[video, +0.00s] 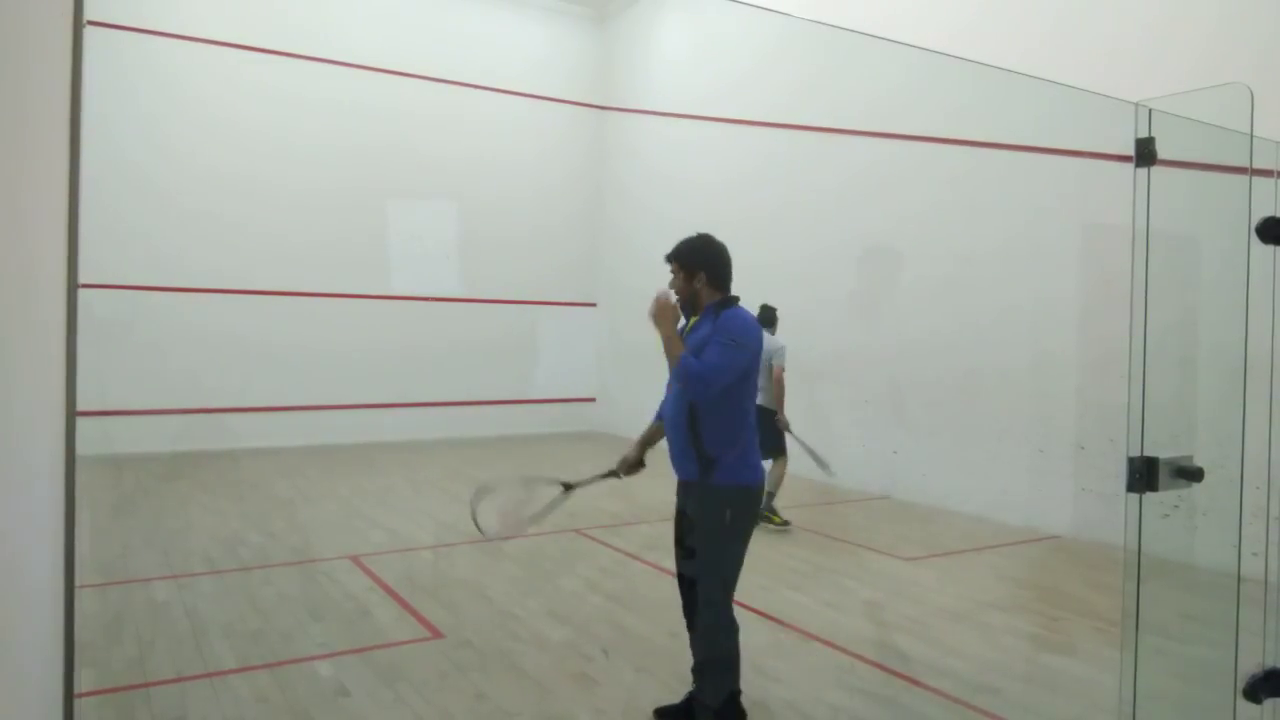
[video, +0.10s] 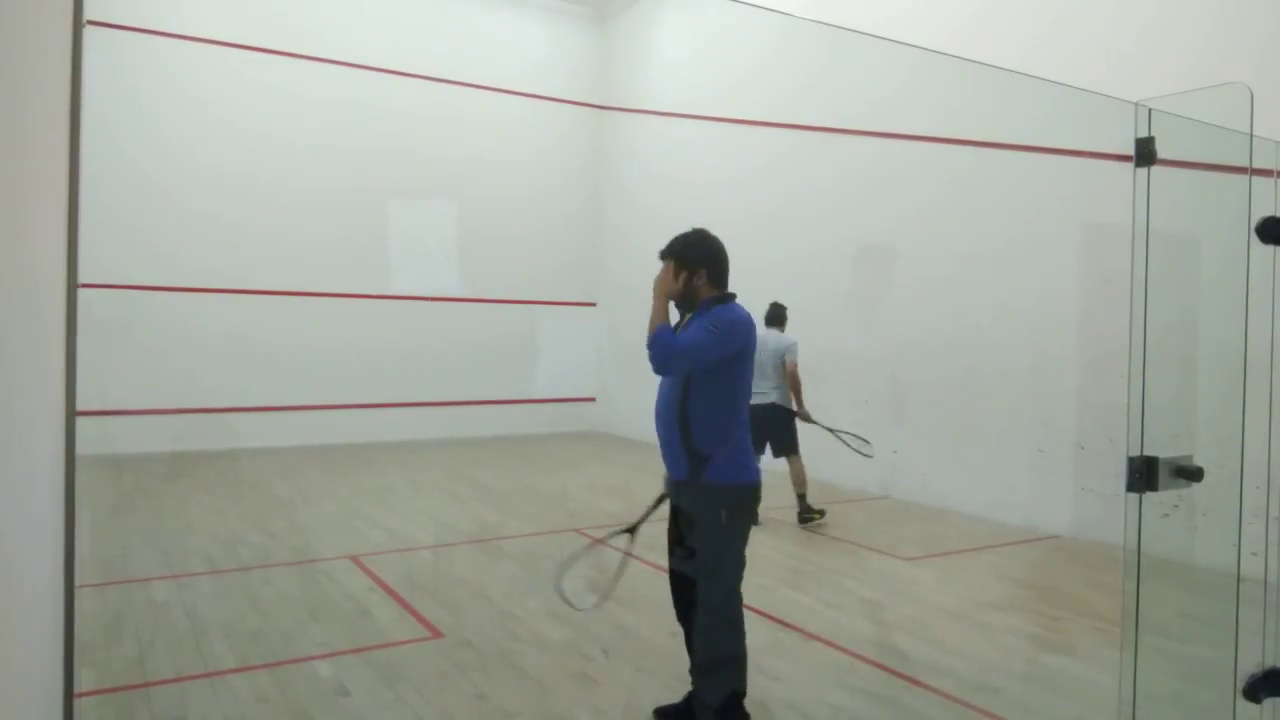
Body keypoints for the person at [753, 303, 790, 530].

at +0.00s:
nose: (777, 326)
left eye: (773, 322)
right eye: (776, 323)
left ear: (757, 321)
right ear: (774, 323)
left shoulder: (745, 340)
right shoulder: (775, 345)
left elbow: (737, 376)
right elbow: (777, 378)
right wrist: (780, 413)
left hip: (742, 406)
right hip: (763, 408)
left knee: (746, 456)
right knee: (780, 458)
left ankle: (743, 502)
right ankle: (767, 505)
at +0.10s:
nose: (785, 322)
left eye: (782, 318)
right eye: (785, 319)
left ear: (765, 320)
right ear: (784, 321)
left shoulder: (752, 340)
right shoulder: (787, 342)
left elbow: (743, 374)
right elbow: (791, 372)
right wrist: (800, 405)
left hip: (752, 408)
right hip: (779, 409)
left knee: (751, 459)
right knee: (793, 457)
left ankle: (749, 510)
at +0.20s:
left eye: (780, 319)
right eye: (793, 319)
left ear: (775, 321)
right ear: (796, 322)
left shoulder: (763, 344)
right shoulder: (804, 345)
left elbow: (749, 368)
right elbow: (816, 379)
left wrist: (763, 386)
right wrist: (820, 409)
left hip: (767, 411)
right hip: (795, 411)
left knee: (758, 460)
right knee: (802, 460)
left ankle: (751, 510)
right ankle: (808, 511)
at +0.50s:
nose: (773, 320)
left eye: (774, 316)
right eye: (775, 316)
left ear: (778, 319)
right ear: (797, 319)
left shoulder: (767, 344)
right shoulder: (808, 344)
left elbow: (753, 377)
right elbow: (822, 376)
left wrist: (754, 397)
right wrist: (840, 393)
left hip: (773, 412)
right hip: (801, 411)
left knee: (770, 460)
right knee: (804, 456)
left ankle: (770, 511)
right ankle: (811, 506)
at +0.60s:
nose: (807, 319)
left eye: (803, 315)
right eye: (806, 316)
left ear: (786, 320)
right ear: (806, 320)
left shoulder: (772, 346)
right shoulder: (812, 346)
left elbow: (761, 381)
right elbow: (824, 379)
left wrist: (762, 388)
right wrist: (857, 388)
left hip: (774, 413)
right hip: (803, 413)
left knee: (771, 460)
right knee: (809, 457)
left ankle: (771, 512)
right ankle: (818, 505)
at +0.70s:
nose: (824, 319)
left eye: (821, 315)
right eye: (823, 316)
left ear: (802, 318)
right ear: (821, 320)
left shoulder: (787, 343)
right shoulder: (821, 346)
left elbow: (776, 357)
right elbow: (829, 379)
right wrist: (864, 385)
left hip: (784, 409)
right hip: (811, 411)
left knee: (774, 455)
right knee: (813, 457)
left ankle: (769, 504)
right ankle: (818, 506)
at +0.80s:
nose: (830, 319)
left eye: (829, 315)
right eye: (830, 316)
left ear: (811, 318)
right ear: (829, 321)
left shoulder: (797, 338)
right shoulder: (827, 346)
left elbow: (785, 341)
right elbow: (841, 376)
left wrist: (791, 333)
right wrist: (875, 372)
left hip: (786, 403)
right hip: (812, 409)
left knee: (773, 452)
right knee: (814, 456)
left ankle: (770, 500)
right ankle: (818, 506)